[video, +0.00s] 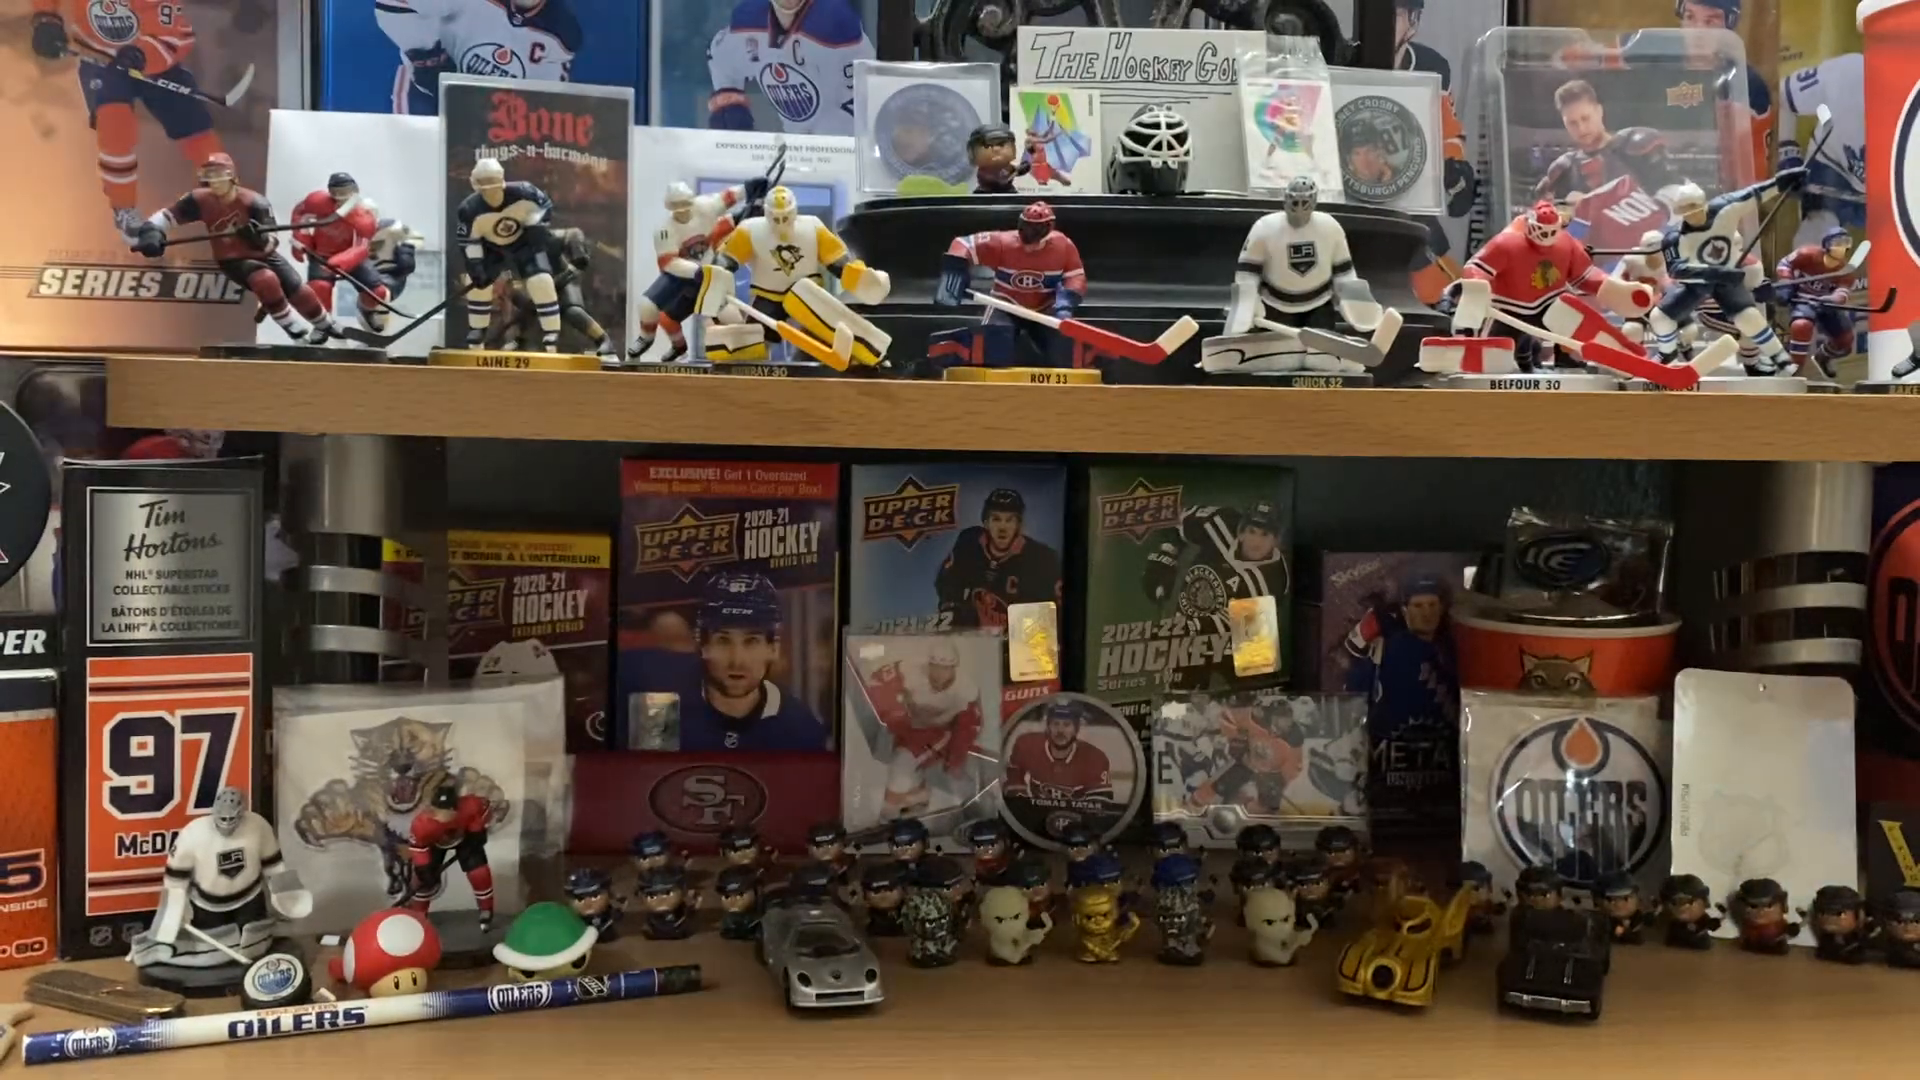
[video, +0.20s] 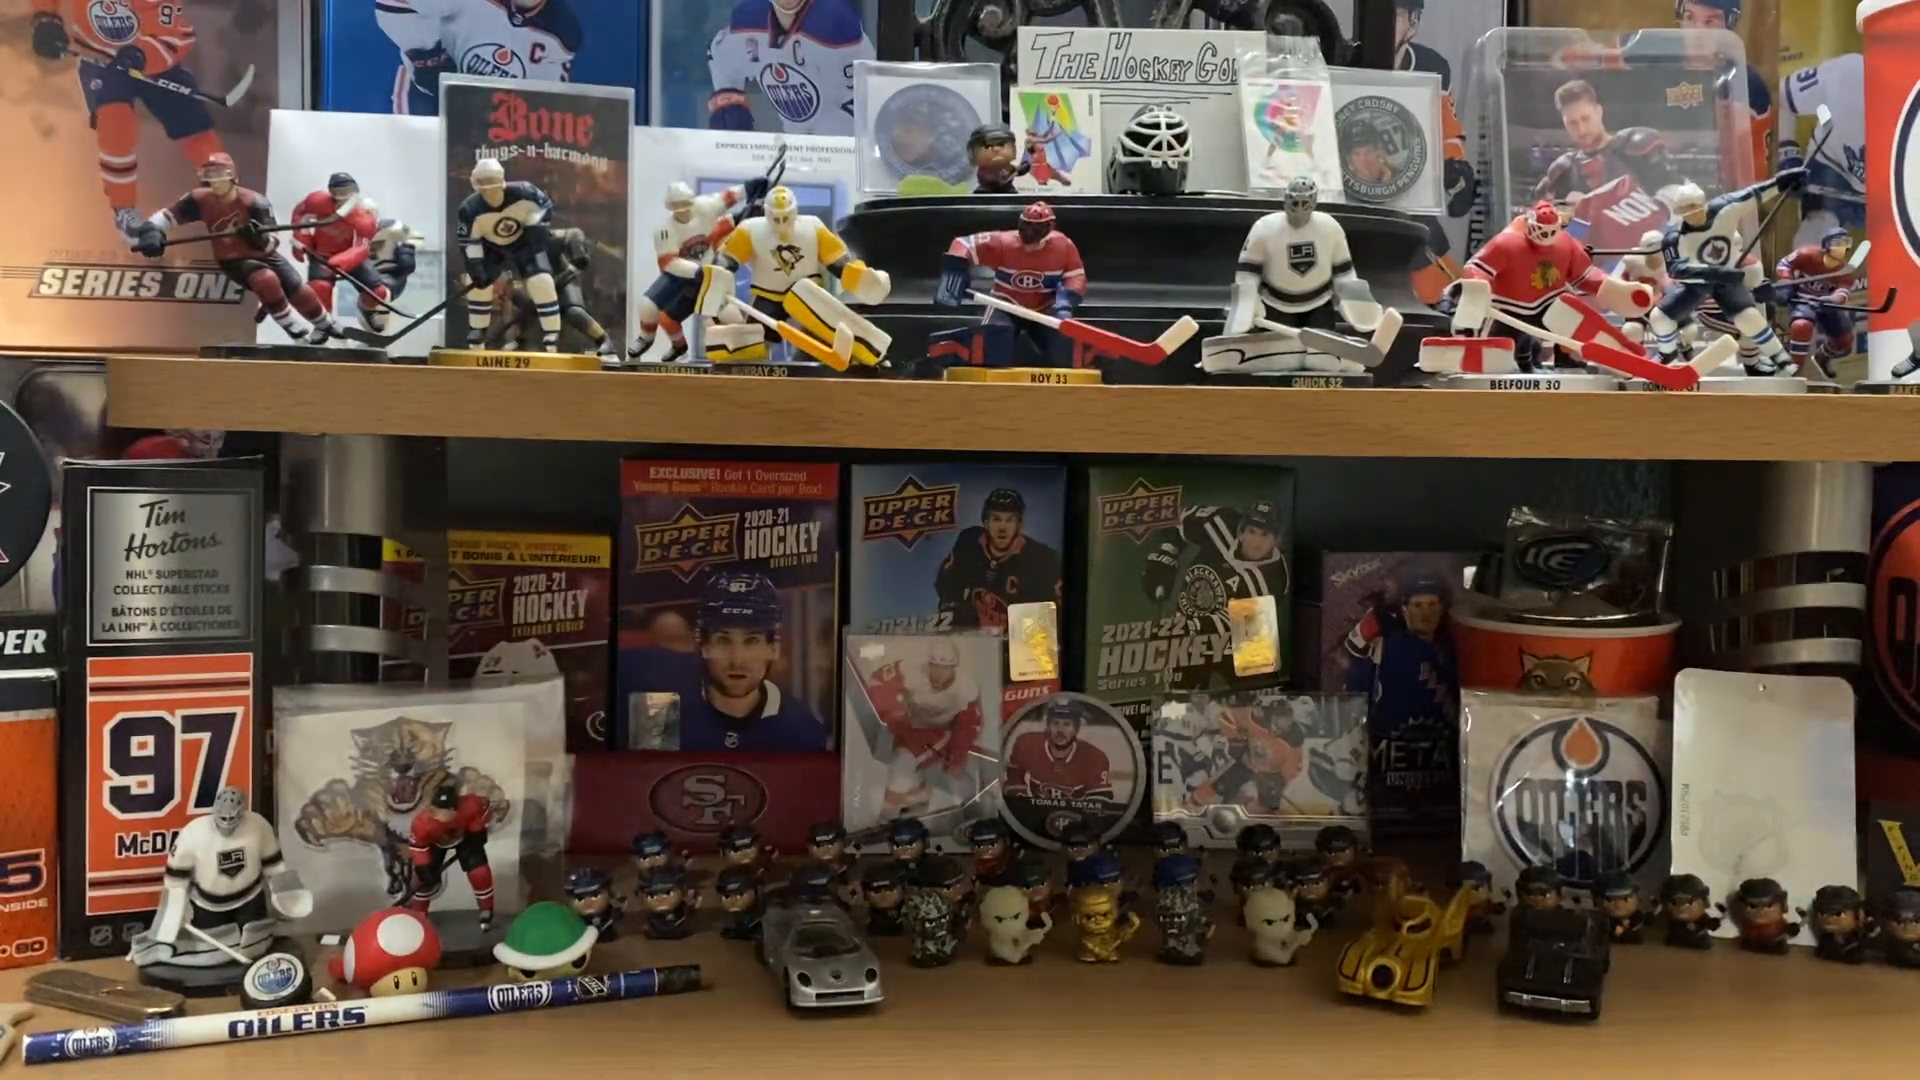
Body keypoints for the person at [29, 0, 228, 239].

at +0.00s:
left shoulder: (158, 6)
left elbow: (178, 37)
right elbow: (46, 3)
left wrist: (142, 54)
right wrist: (46, 20)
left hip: (154, 58)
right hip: (99, 59)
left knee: (197, 129)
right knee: (116, 125)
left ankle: (229, 210)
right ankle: (125, 212)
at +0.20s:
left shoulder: (160, 7)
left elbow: (178, 37)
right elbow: (46, 3)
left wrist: (142, 54)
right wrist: (46, 20)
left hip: (154, 58)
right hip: (99, 59)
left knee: (196, 127)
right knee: (117, 125)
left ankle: (229, 207)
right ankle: (125, 211)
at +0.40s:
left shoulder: (159, 6)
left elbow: (178, 38)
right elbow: (46, 1)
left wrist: (142, 54)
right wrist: (46, 19)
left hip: (153, 58)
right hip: (99, 59)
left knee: (197, 130)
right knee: (118, 127)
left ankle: (232, 208)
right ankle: (125, 211)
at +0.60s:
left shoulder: (161, 7)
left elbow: (172, 38)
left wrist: (141, 53)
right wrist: (46, 18)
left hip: (158, 61)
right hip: (100, 61)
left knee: (205, 148)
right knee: (118, 128)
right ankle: (125, 210)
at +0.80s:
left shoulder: (161, 6)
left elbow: (172, 39)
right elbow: (47, 1)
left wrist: (141, 54)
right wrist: (46, 18)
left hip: (157, 60)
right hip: (99, 60)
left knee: (205, 147)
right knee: (118, 126)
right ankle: (125, 211)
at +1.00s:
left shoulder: (161, 7)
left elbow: (172, 40)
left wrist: (141, 54)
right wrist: (46, 18)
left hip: (157, 60)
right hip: (100, 60)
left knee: (206, 149)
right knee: (118, 128)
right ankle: (125, 211)